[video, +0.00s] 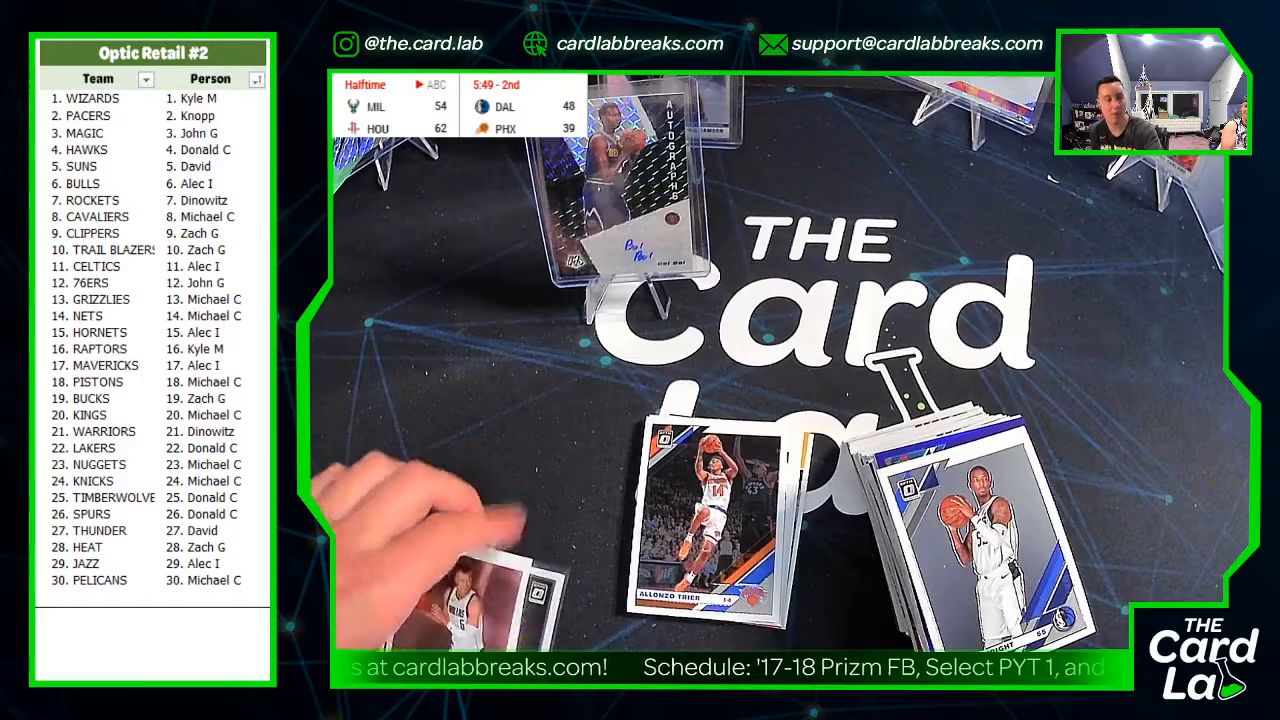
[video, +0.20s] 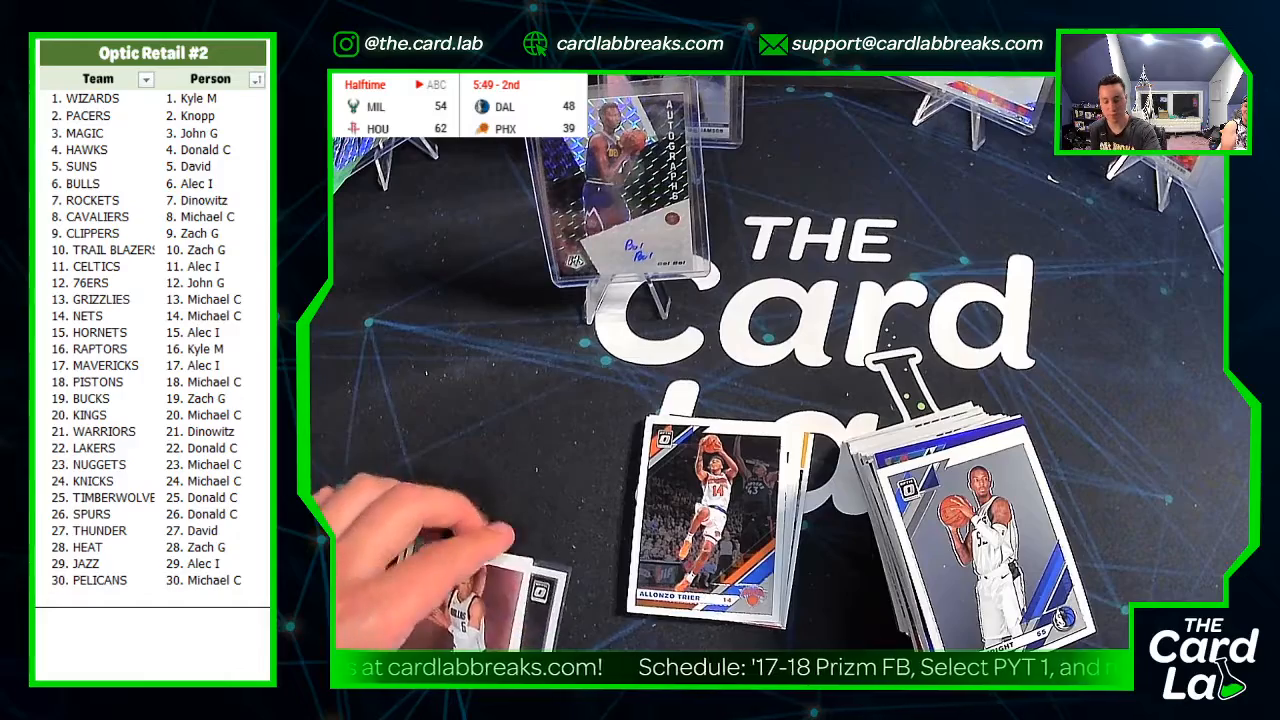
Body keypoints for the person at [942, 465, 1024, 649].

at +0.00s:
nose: (980, 483)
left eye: (984, 479)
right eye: (976, 480)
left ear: (990, 481)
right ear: (970, 485)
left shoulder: (1000, 504)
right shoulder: (974, 517)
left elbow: (996, 538)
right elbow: (965, 559)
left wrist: (972, 516)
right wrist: (953, 530)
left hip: (1007, 579)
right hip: (985, 585)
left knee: (1018, 632)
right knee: (992, 640)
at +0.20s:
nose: (980, 483)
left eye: (984, 479)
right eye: (976, 480)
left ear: (990, 481)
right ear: (970, 485)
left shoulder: (1000, 504)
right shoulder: (974, 517)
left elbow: (997, 538)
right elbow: (965, 559)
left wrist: (972, 516)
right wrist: (953, 531)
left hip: (1007, 579)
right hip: (985, 585)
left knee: (1018, 632)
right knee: (991, 640)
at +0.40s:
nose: (980, 483)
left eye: (983, 479)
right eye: (975, 480)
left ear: (990, 481)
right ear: (970, 485)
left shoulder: (1000, 504)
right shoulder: (974, 517)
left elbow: (997, 538)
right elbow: (965, 559)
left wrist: (972, 517)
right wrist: (953, 531)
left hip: (1007, 579)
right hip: (985, 585)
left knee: (1018, 633)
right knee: (992, 640)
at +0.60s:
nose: (980, 483)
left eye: (983, 479)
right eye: (975, 480)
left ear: (990, 482)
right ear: (970, 486)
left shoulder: (1000, 504)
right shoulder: (974, 517)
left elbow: (996, 539)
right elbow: (965, 559)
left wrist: (972, 517)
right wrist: (953, 531)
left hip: (1007, 579)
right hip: (985, 585)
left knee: (1018, 633)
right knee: (991, 641)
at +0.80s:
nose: (980, 484)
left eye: (983, 479)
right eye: (975, 480)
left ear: (990, 482)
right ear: (970, 486)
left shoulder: (1000, 504)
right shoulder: (974, 517)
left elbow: (996, 538)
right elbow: (965, 559)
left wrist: (972, 517)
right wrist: (953, 531)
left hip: (1007, 579)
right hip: (985, 585)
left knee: (1018, 633)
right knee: (991, 640)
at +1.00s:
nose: (980, 484)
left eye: (983, 479)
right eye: (975, 480)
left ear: (990, 482)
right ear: (970, 486)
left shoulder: (1000, 504)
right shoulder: (974, 517)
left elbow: (996, 538)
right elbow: (965, 559)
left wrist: (972, 517)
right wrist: (953, 531)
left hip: (1007, 579)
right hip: (985, 585)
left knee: (1018, 633)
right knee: (991, 640)